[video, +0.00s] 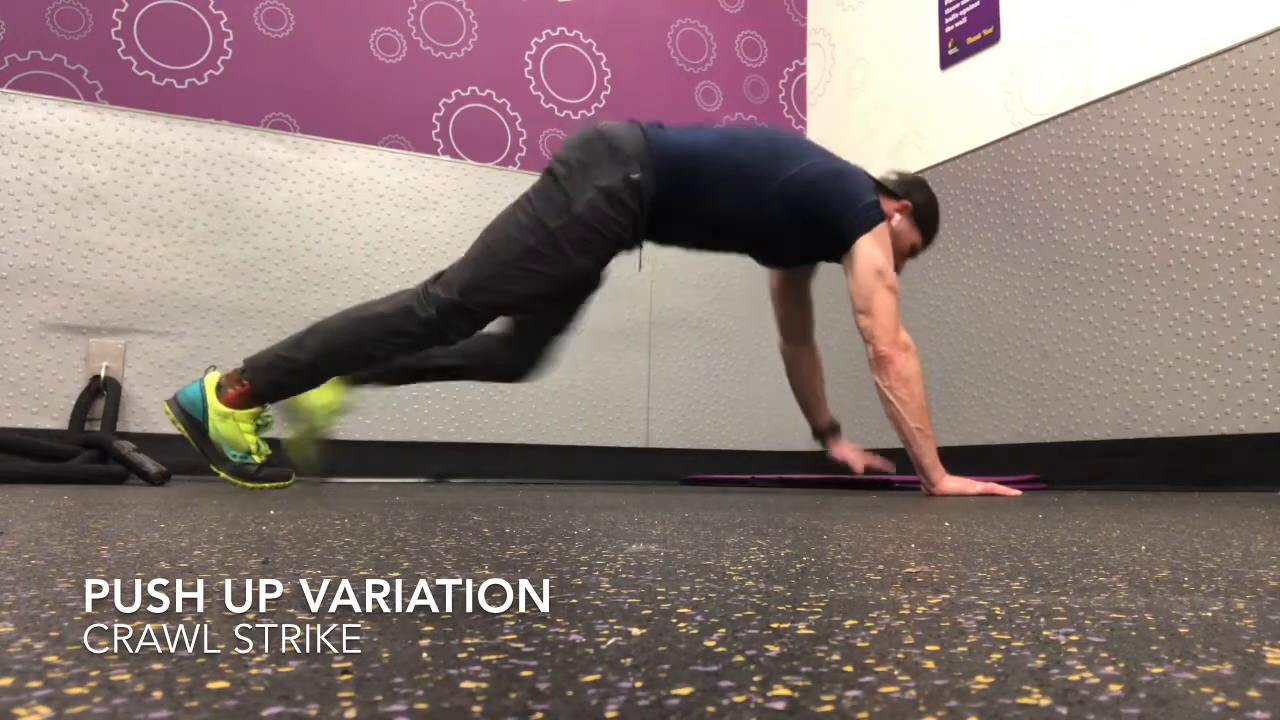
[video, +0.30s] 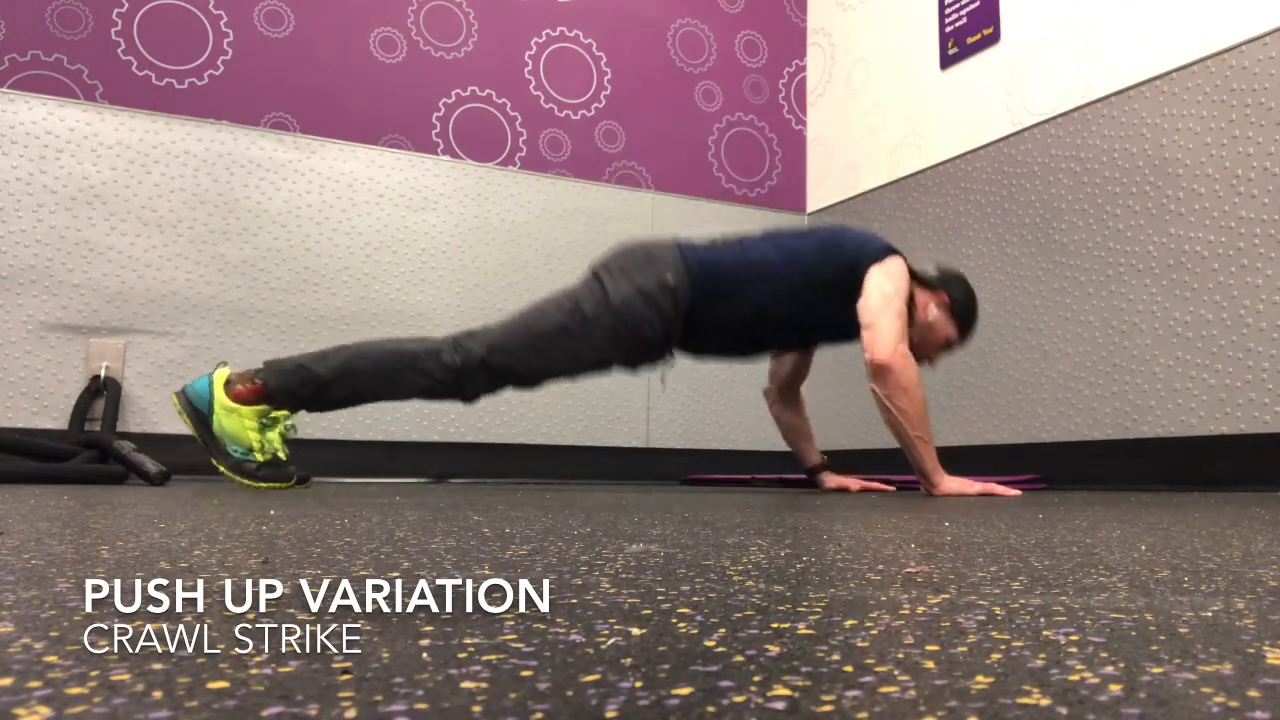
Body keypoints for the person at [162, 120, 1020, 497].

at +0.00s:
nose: (893, 270)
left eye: (903, 257)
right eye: (906, 251)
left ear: (878, 208)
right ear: (900, 216)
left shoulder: (804, 223)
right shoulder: (864, 208)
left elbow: (797, 343)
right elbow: (888, 348)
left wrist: (833, 441)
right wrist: (937, 472)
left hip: (621, 203)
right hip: (615, 174)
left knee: (513, 356)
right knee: (448, 307)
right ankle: (230, 389)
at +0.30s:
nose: (916, 350)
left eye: (933, 346)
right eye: (933, 337)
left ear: (906, 304)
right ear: (926, 292)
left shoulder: (841, 291)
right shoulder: (887, 265)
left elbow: (783, 391)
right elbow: (892, 362)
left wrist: (817, 471)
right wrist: (935, 476)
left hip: (660, 304)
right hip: (657, 292)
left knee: (472, 364)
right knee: (468, 365)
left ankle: (261, 390)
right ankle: (248, 391)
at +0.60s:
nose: (945, 423)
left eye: (958, 427)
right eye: (958, 411)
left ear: (950, 410)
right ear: (955, 373)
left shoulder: (870, 359)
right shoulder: (916, 335)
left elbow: (787, 402)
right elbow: (894, 362)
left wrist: (814, 470)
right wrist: (938, 474)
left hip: (684, 391)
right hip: (683, 370)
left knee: (489, 407)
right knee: (486, 407)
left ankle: (279, 394)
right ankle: (266, 384)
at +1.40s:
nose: (934, 358)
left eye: (946, 353)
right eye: (946, 345)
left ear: (925, 315)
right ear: (935, 300)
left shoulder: (851, 305)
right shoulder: (893, 275)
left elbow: (782, 393)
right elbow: (890, 358)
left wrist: (817, 469)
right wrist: (935, 473)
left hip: (668, 314)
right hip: (664, 295)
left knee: (493, 385)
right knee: (493, 387)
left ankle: (288, 384)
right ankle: (282, 382)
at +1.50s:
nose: (907, 326)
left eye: (920, 316)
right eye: (919, 309)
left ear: (896, 276)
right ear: (914, 269)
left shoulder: (824, 278)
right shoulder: (873, 247)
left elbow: (788, 384)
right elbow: (894, 355)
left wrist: (819, 469)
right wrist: (935, 473)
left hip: (640, 255)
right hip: (653, 238)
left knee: (501, 353)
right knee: (578, 381)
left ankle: (291, 401)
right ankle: (374, 360)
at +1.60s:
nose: (894, 289)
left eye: (905, 280)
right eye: (902, 269)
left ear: (884, 245)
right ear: (887, 229)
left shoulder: (806, 269)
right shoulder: (852, 216)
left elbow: (791, 376)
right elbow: (888, 329)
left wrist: (819, 465)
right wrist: (937, 440)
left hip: (627, 235)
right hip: (637, 197)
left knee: (478, 349)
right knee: (719, 297)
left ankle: (276, 402)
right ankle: (549, 386)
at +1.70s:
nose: (897, 251)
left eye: (905, 243)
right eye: (899, 229)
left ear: (878, 231)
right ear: (873, 193)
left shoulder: (799, 243)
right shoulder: (831, 182)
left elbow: (788, 357)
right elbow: (885, 285)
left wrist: (819, 463)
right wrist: (967, 374)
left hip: (613, 240)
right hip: (625, 189)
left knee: (479, 355)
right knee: (785, 229)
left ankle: (271, 405)